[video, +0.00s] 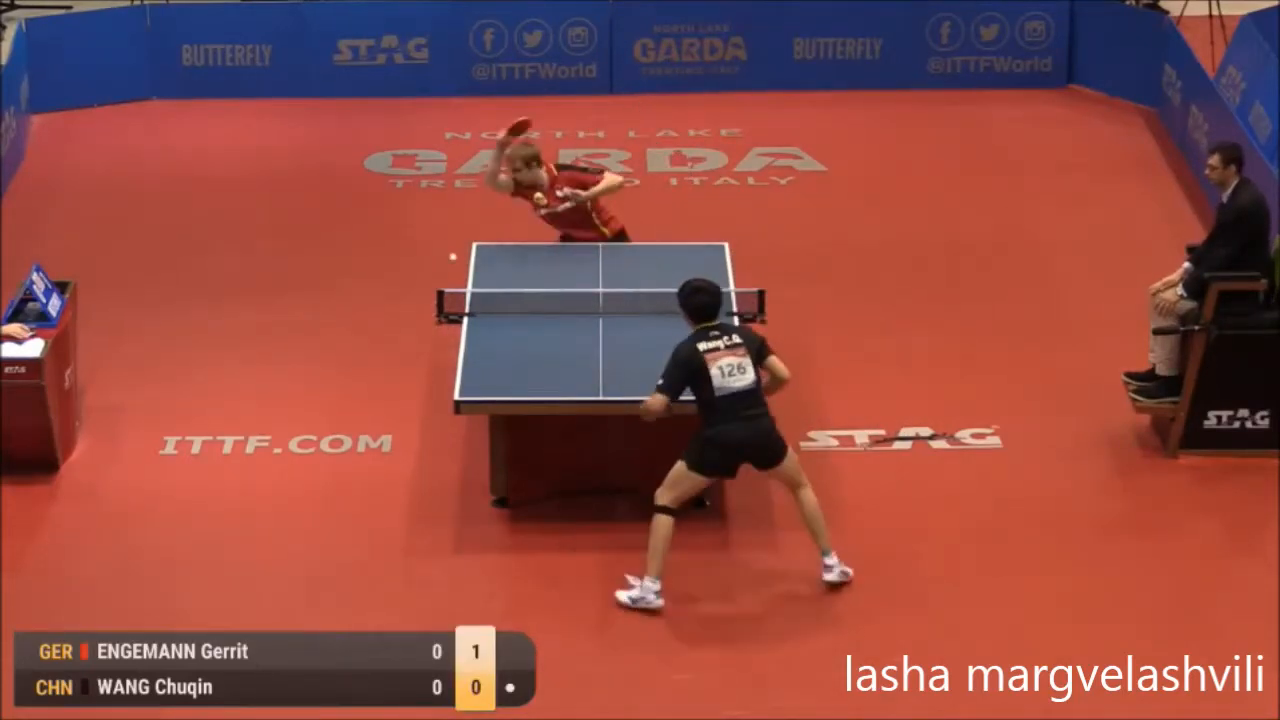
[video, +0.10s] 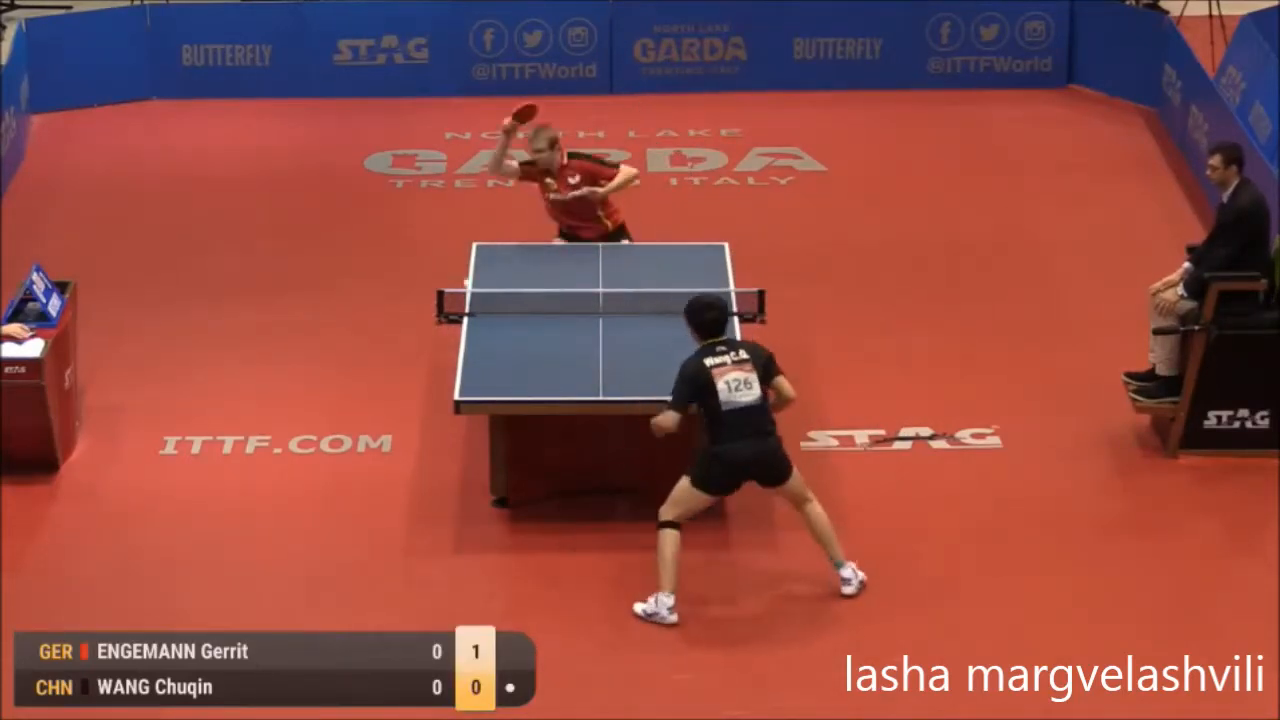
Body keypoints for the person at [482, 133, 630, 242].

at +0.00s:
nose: (513, 177)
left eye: (517, 171)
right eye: (512, 171)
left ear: (534, 166)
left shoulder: (567, 176)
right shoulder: (526, 187)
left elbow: (616, 180)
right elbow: (492, 181)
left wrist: (588, 195)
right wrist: (500, 149)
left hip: (609, 239)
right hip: (573, 241)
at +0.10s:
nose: (535, 160)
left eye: (539, 154)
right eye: (533, 155)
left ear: (556, 149)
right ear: (531, 152)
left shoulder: (583, 165)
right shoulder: (539, 171)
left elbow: (631, 173)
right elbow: (496, 169)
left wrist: (604, 191)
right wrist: (506, 136)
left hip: (610, 238)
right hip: (571, 240)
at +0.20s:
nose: (568, 133)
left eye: (574, 128)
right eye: (564, 127)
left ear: (586, 126)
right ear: (559, 127)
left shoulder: (606, 144)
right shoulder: (558, 148)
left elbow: (651, 159)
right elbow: (520, 162)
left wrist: (636, 191)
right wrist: (502, 151)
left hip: (616, 212)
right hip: (579, 213)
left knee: (629, 256)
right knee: (559, 253)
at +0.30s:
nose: (579, 121)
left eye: (584, 115)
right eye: (574, 115)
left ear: (595, 115)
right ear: (569, 115)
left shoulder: (615, 135)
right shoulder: (568, 139)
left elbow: (657, 152)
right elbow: (540, 161)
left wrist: (648, 187)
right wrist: (519, 163)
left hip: (622, 198)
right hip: (587, 197)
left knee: (634, 247)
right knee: (558, 241)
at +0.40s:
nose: (589, 101)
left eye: (594, 96)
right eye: (584, 95)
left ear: (604, 96)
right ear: (577, 95)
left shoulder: (624, 117)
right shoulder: (575, 123)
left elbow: (653, 136)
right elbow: (555, 155)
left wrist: (650, 173)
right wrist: (538, 179)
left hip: (627, 182)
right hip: (591, 183)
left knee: (651, 233)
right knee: (570, 235)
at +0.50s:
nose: (595, 93)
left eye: (600, 87)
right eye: (590, 87)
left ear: (608, 87)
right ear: (583, 87)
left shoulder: (628, 112)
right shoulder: (577, 117)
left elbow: (650, 134)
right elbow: (564, 154)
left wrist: (644, 171)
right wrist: (550, 190)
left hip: (627, 177)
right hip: (591, 179)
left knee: (655, 230)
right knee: (577, 237)